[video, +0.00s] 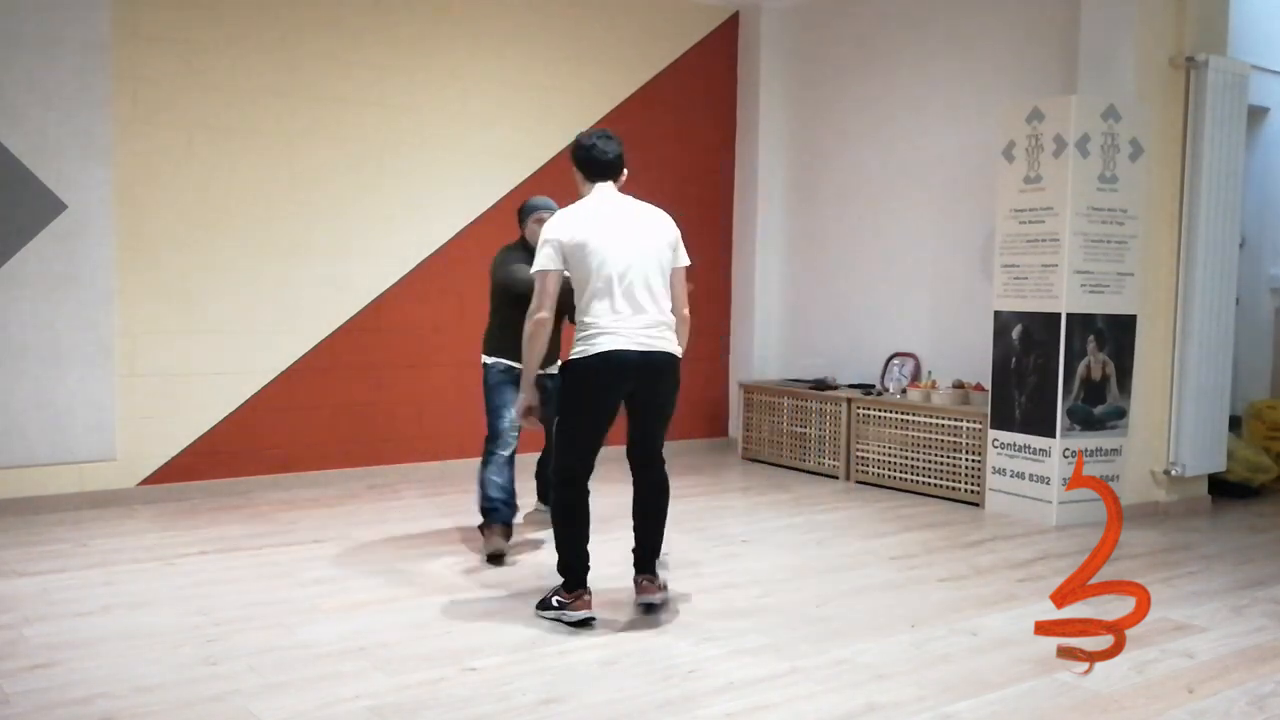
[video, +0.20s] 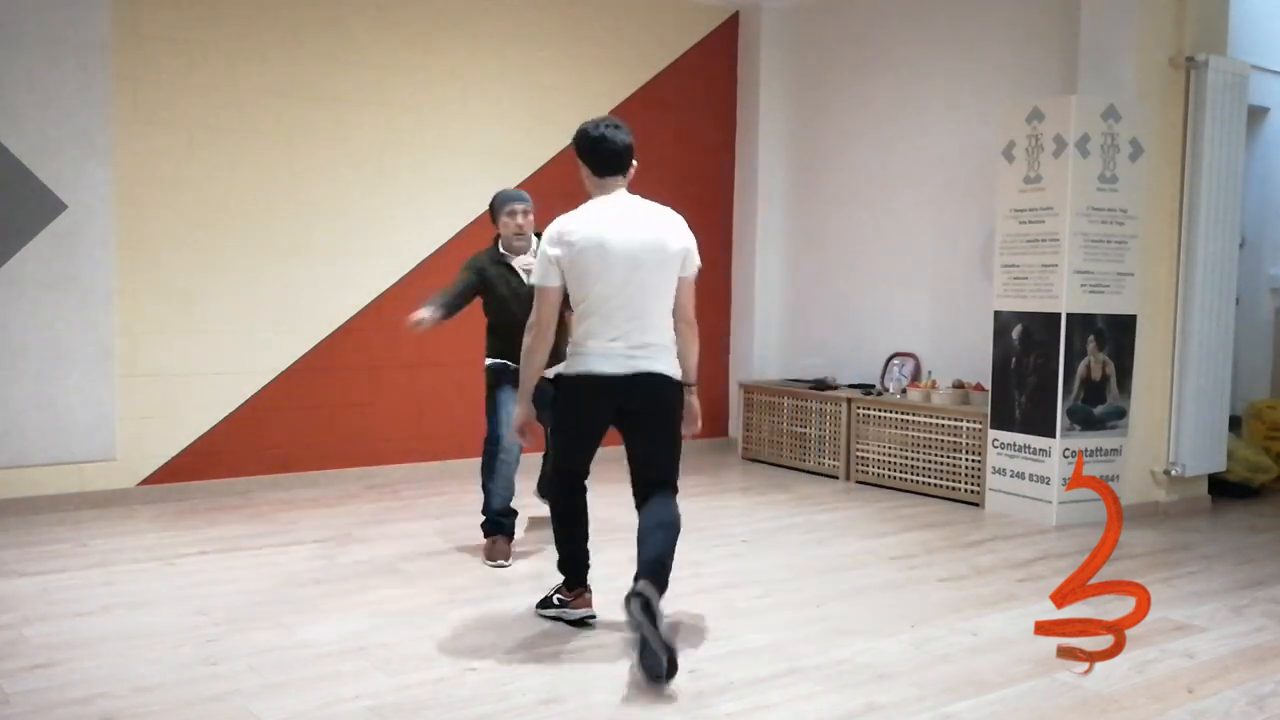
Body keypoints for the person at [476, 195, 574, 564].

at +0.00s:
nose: (546, 229)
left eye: (551, 223)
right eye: (539, 223)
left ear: (558, 227)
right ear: (523, 226)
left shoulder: (560, 263)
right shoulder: (508, 260)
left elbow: (574, 309)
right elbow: (531, 283)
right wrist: (568, 280)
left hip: (547, 364)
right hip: (505, 363)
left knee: (560, 432)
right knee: (503, 439)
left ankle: (550, 491)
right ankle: (496, 524)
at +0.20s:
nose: (520, 221)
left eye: (526, 213)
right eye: (511, 215)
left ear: (534, 218)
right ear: (496, 223)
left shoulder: (553, 255)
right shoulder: (485, 264)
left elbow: (579, 296)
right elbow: (460, 291)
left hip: (554, 362)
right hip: (508, 364)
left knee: (568, 430)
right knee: (505, 441)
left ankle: (552, 487)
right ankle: (499, 530)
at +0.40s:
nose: (511, 205)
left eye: (517, 197)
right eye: (502, 199)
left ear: (527, 202)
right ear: (487, 207)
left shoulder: (553, 246)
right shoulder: (478, 259)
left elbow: (579, 302)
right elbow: (447, 311)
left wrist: (553, 330)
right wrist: (389, 299)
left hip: (551, 370)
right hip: (500, 369)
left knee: (557, 450)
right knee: (494, 443)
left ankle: (567, 517)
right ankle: (500, 534)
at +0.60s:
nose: (524, 196)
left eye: (530, 187)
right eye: (514, 188)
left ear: (540, 192)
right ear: (499, 196)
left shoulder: (567, 238)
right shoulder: (480, 241)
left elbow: (589, 297)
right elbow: (422, 245)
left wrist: (556, 314)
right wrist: (426, 190)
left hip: (553, 367)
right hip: (498, 368)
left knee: (563, 453)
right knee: (492, 453)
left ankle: (567, 543)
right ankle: (502, 533)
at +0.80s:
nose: (546, 188)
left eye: (547, 179)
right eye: (536, 181)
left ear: (555, 183)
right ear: (516, 189)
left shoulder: (569, 231)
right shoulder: (489, 217)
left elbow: (551, 280)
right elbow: (485, 243)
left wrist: (516, 232)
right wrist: (514, 213)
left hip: (544, 374)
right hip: (487, 368)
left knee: (567, 463)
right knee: (466, 446)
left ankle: (572, 547)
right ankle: (466, 542)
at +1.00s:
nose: (547, 210)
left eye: (552, 202)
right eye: (539, 200)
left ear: (552, 204)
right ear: (512, 197)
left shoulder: (547, 238)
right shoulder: (480, 238)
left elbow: (540, 302)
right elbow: (515, 311)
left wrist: (555, 294)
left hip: (523, 378)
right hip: (467, 377)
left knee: (548, 463)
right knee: (443, 472)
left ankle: (549, 538)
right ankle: (423, 564)